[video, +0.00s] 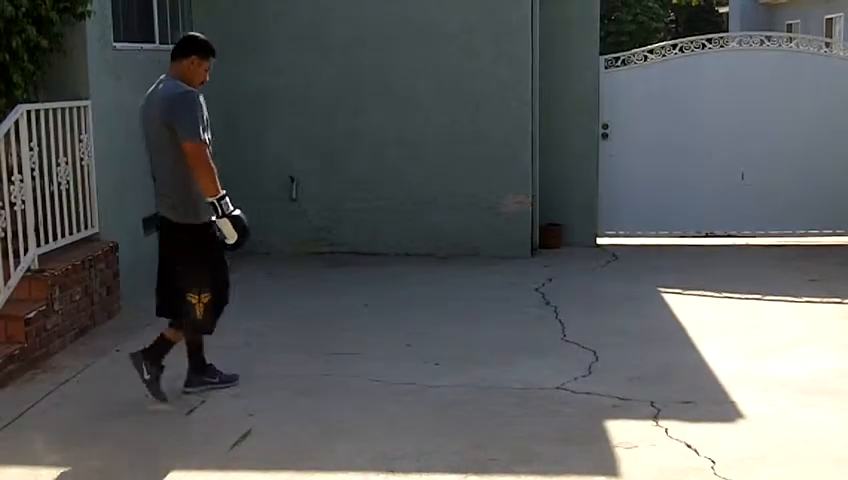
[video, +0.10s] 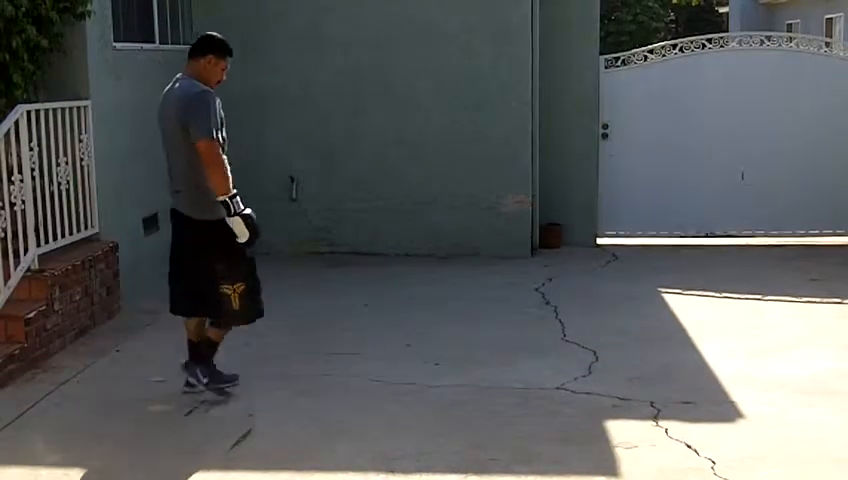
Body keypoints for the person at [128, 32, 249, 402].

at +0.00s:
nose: (208, 75)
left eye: (208, 68)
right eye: (206, 67)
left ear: (178, 62)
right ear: (190, 62)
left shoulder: (158, 95)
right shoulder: (186, 99)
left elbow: (165, 160)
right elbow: (198, 158)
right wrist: (224, 209)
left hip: (173, 215)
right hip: (192, 218)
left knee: (190, 290)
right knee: (211, 292)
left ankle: (198, 368)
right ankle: (152, 357)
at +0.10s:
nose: (224, 76)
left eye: (226, 69)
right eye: (222, 68)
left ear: (197, 62)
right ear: (206, 61)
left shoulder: (175, 93)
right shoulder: (200, 98)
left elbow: (186, 157)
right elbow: (211, 157)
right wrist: (233, 209)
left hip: (187, 214)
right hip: (210, 217)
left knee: (196, 290)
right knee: (236, 295)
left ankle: (196, 364)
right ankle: (203, 363)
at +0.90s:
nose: (362, 75)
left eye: (364, 67)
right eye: (361, 67)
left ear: (338, 61)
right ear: (344, 61)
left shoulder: (312, 94)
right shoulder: (344, 99)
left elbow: (308, 154)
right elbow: (364, 158)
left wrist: (308, 200)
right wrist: (394, 201)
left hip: (326, 204)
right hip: (343, 208)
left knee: (355, 275)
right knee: (332, 281)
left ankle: (377, 339)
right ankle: (312, 360)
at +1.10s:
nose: (390, 71)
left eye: (390, 64)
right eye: (387, 63)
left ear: (362, 61)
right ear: (371, 60)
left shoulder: (342, 94)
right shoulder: (372, 97)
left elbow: (346, 154)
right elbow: (387, 153)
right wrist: (413, 198)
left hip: (359, 203)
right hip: (375, 207)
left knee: (382, 275)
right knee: (372, 284)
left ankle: (386, 341)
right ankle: (331, 345)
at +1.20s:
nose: (402, 70)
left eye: (403, 63)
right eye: (399, 62)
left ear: (376, 60)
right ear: (383, 60)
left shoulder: (355, 93)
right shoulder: (384, 95)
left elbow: (364, 152)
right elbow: (396, 152)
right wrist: (418, 198)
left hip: (369, 202)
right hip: (391, 205)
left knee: (384, 271)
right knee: (408, 278)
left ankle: (388, 342)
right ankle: (361, 329)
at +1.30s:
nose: (414, 70)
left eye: (415, 63)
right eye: (412, 62)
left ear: (389, 59)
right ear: (396, 58)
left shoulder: (367, 92)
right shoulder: (394, 94)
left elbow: (377, 149)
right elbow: (404, 147)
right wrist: (424, 196)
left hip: (378, 201)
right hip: (403, 204)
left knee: (383, 269)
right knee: (427, 273)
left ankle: (385, 341)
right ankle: (397, 335)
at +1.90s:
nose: (496, 66)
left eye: (496, 59)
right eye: (495, 59)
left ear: (467, 56)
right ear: (485, 58)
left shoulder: (442, 90)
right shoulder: (485, 94)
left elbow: (440, 144)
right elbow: (500, 150)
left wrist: (459, 179)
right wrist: (513, 197)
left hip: (450, 194)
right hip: (477, 196)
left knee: (462, 261)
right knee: (483, 267)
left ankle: (447, 319)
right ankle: (480, 343)